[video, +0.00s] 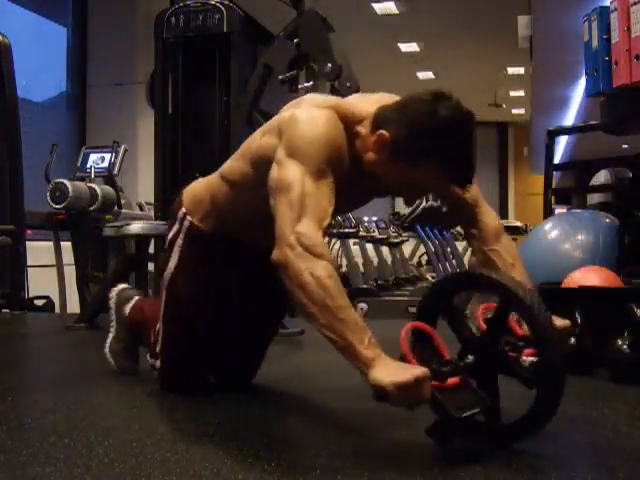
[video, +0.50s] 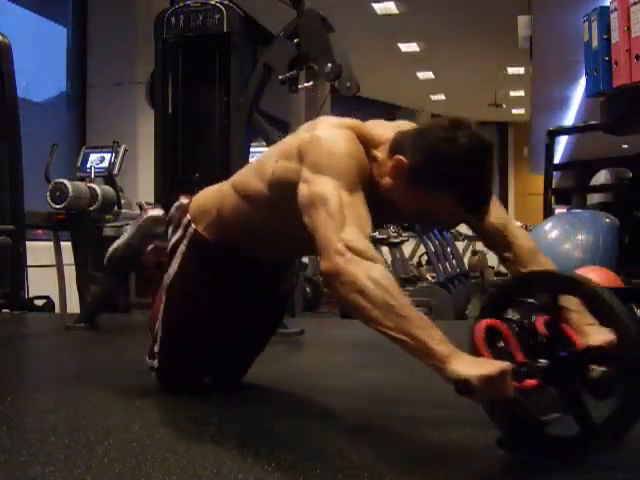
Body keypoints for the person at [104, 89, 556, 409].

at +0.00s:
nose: (408, 200)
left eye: (421, 194)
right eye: (409, 187)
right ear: (383, 145)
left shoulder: (410, 127)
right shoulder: (313, 127)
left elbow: (478, 220)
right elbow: (299, 251)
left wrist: (533, 311)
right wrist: (375, 362)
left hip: (277, 248)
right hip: (209, 236)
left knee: (236, 375)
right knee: (183, 376)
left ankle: (162, 313)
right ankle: (132, 312)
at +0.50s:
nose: (425, 226)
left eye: (438, 221)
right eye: (425, 215)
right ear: (395, 171)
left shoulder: (423, 153)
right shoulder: (329, 150)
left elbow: (503, 231)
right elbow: (344, 266)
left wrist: (577, 314)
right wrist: (452, 361)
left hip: (274, 258)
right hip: (209, 246)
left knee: (225, 375)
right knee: (177, 375)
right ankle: (161, 252)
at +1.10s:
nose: (546, 353)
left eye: (562, 350)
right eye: (547, 340)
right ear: (515, 291)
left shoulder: (533, 244)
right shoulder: (447, 260)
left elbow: (622, 283)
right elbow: (515, 373)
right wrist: (636, 415)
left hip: (319, 330)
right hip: (269, 324)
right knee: (187, 367)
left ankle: (242, 263)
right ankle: (217, 265)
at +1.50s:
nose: (515, 293)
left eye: (530, 288)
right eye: (522, 279)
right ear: (496, 237)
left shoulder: (501, 195)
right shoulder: (421, 213)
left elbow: (594, 247)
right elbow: (473, 326)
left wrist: (637, 273)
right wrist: (627, 402)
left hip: (312, 311)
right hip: (264, 307)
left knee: (230, 370)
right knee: (184, 369)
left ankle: (236, 262)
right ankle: (210, 267)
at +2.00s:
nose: (438, 142)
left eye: (447, 131)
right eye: (432, 125)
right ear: (395, 86)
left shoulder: (438, 118)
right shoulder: (329, 93)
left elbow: (479, 220)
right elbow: (314, 213)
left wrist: (509, 316)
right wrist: (379, 332)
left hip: (290, 267)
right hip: (229, 253)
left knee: (228, 376)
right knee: (177, 374)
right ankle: (169, 252)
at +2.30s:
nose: (408, 120)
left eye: (420, 110)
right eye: (405, 104)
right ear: (369, 65)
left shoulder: (413, 107)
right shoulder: (301, 83)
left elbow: (435, 211)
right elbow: (268, 204)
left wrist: (453, 313)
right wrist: (309, 328)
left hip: (276, 256)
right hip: (215, 243)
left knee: (227, 374)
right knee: (175, 376)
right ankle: (154, 258)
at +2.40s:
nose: (408, 122)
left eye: (420, 112)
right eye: (405, 106)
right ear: (368, 66)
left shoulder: (410, 107)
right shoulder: (299, 84)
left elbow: (432, 207)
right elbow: (267, 204)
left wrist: (450, 309)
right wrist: (307, 329)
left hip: (273, 258)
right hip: (213, 246)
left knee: (228, 374)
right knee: (174, 377)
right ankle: (156, 261)